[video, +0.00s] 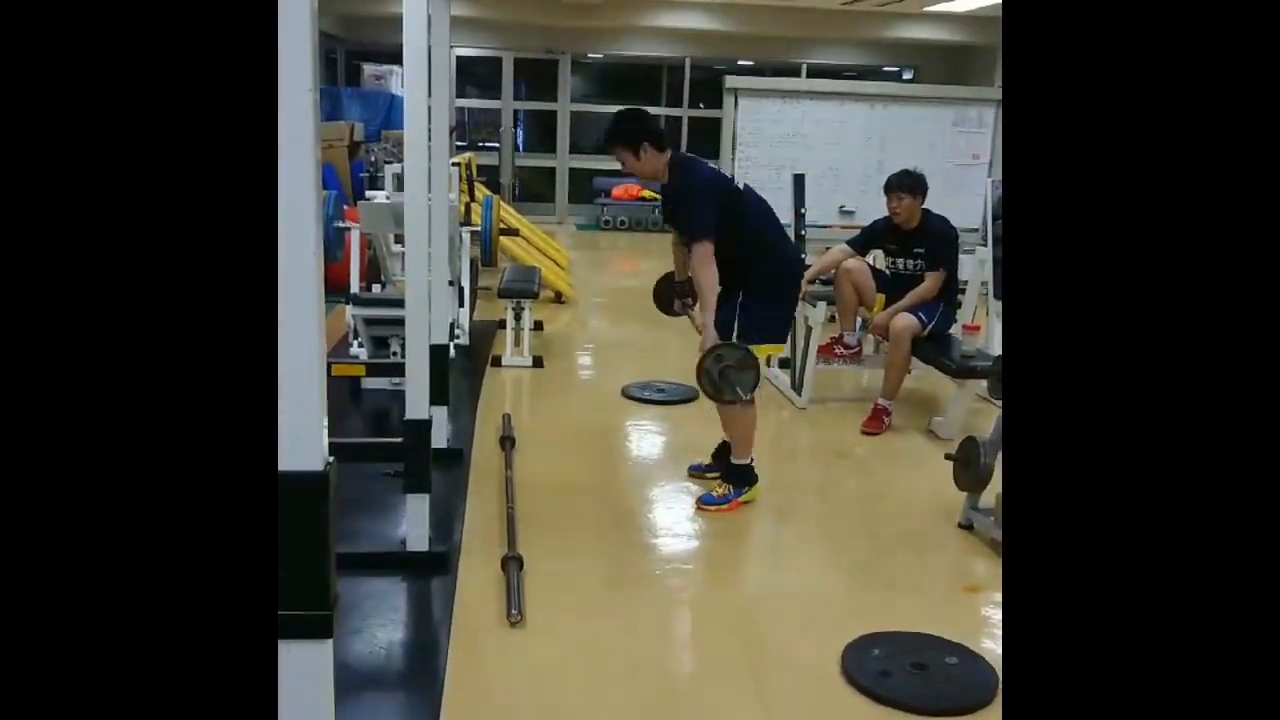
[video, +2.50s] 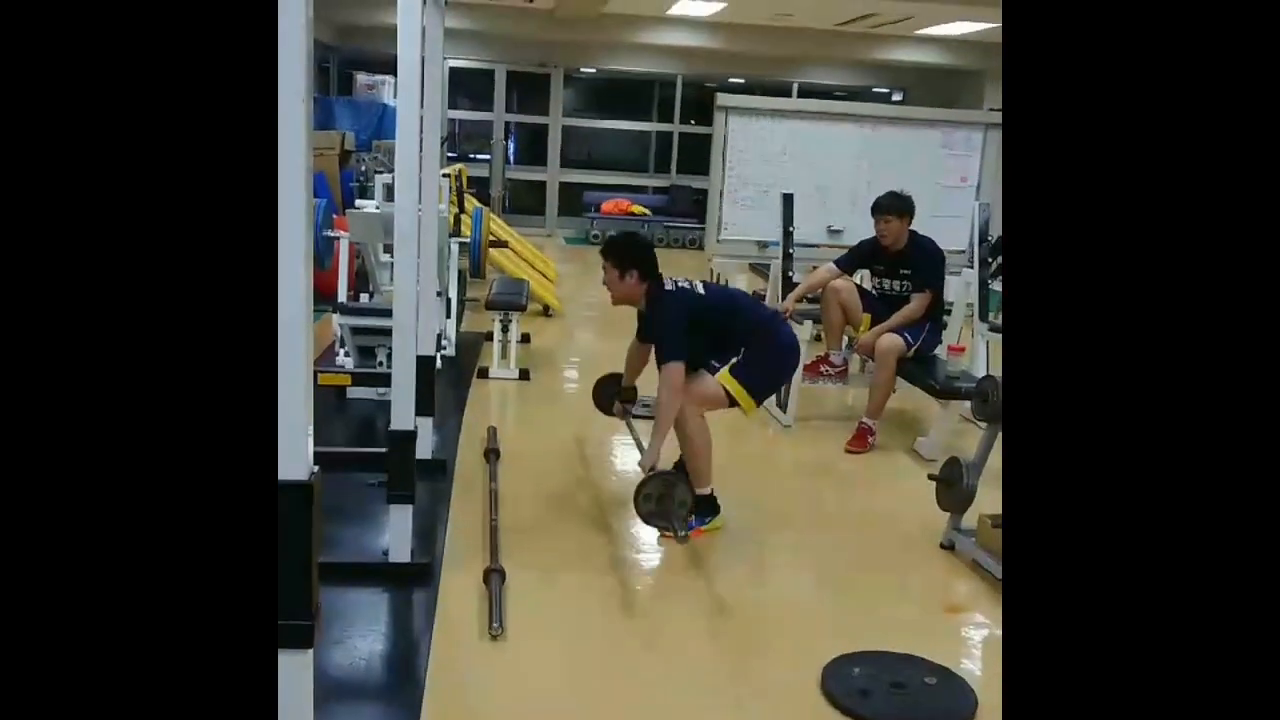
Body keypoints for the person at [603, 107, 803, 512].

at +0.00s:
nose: (624, 168)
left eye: (624, 159)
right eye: (620, 160)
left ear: (646, 148)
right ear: (648, 148)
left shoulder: (692, 181)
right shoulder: (676, 179)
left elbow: (704, 256)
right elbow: (682, 239)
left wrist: (708, 326)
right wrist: (684, 282)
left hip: (769, 274)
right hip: (742, 273)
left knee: (737, 370)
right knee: (718, 361)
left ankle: (742, 474)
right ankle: (731, 452)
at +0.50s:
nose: (617, 347)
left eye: (613, 340)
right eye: (611, 343)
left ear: (626, 325)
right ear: (629, 318)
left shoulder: (666, 333)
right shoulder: (655, 319)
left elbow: (666, 412)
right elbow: (648, 375)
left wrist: (666, 478)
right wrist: (642, 417)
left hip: (786, 307)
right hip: (768, 297)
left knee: (713, 383)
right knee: (704, 373)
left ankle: (739, 481)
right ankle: (729, 461)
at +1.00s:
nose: (575, 392)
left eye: (570, 384)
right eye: (566, 387)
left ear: (583, 369)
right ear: (583, 361)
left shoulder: (628, 373)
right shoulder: (617, 355)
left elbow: (661, 428)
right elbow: (640, 396)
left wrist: (656, 489)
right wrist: (617, 416)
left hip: (748, 409)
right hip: (748, 391)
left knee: (827, 455)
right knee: (823, 432)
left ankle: (930, 460)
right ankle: (915, 438)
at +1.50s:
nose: (562, 408)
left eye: (561, 401)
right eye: (557, 402)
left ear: (577, 389)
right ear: (576, 385)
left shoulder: (616, 399)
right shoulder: (600, 394)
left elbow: (661, 428)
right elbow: (647, 418)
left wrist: (647, 489)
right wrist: (636, 459)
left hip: (730, 465)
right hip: (727, 445)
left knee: (828, 477)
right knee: (822, 453)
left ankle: (931, 461)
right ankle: (914, 439)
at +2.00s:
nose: (582, 366)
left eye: (579, 359)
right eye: (577, 361)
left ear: (593, 347)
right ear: (596, 341)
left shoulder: (629, 355)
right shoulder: (622, 336)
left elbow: (641, 429)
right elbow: (626, 386)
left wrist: (643, 492)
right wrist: (620, 418)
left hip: (765, 315)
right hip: (742, 310)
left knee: (765, 422)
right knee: (736, 403)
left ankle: (852, 465)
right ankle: (819, 436)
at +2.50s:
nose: (603, 280)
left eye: (607, 271)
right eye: (604, 272)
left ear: (632, 276)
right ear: (634, 276)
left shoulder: (667, 310)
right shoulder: (652, 302)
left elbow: (671, 389)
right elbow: (641, 348)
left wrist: (653, 449)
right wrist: (627, 387)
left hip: (772, 351)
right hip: (751, 341)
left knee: (687, 400)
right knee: (678, 388)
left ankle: (705, 505)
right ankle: (690, 467)